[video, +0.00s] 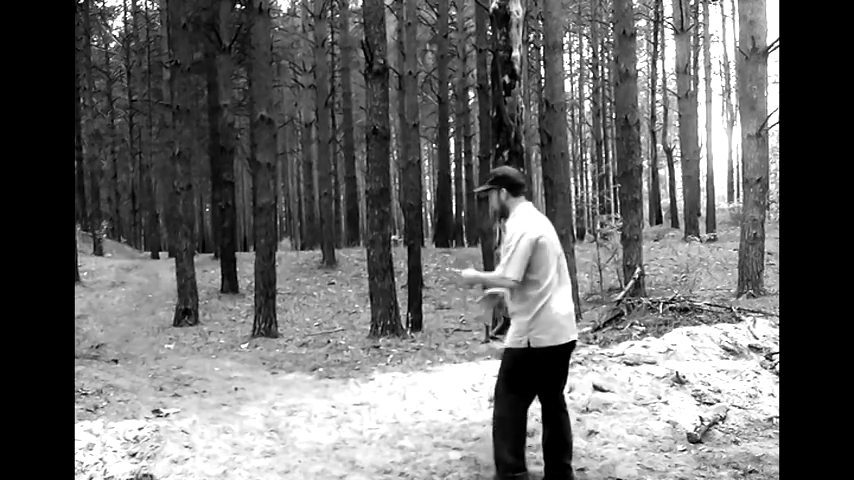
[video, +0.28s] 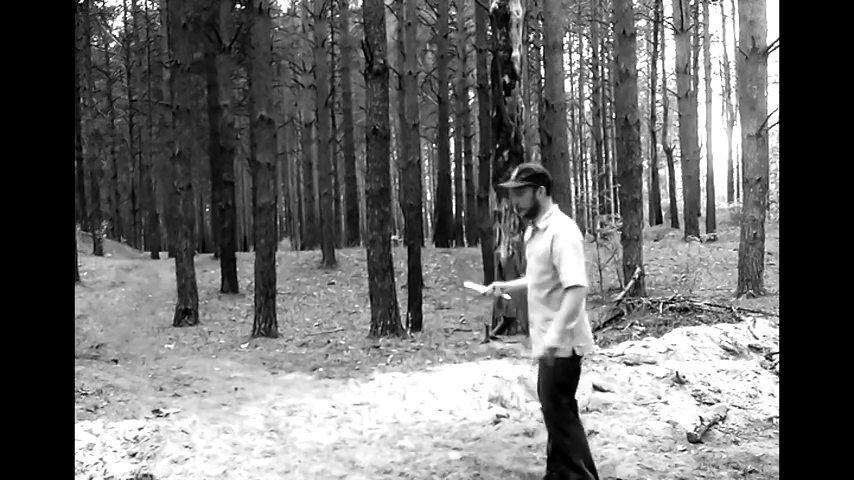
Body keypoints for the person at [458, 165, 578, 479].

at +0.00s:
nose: (489, 204)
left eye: (489, 196)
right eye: (487, 197)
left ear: (503, 193)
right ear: (513, 192)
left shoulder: (522, 225)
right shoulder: (537, 219)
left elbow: (509, 279)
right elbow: (530, 278)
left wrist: (476, 276)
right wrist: (497, 290)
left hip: (533, 334)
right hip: (559, 331)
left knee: (507, 408)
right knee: (553, 405)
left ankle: (509, 472)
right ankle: (560, 473)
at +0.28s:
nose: (514, 201)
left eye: (520, 193)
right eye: (511, 195)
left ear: (540, 191)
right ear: (516, 196)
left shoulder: (562, 229)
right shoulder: (535, 229)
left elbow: (577, 289)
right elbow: (538, 279)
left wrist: (555, 334)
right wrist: (505, 287)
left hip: (564, 340)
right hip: (546, 339)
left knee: (559, 411)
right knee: (554, 410)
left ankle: (579, 473)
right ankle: (559, 471)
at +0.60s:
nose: (543, 198)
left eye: (550, 189)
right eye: (538, 190)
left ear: (568, 186)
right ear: (533, 192)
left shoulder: (599, 230)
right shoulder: (533, 235)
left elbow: (627, 282)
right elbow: (532, 284)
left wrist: (625, 335)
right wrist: (526, 316)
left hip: (591, 353)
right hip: (547, 350)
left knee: (589, 431)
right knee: (539, 418)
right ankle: (564, 476)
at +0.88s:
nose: (552, 203)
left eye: (559, 193)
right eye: (546, 195)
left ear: (577, 190)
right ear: (540, 195)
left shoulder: (608, 237)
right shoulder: (530, 239)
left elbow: (633, 294)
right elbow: (513, 287)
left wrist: (618, 346)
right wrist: (496, 291)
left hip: (596, 356)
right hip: (548, 356)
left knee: (598, 436)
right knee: (556, 434)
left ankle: (599, 478)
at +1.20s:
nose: (537, 187)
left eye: (544, 177)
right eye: (530, 179)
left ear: (565, 171)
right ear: (523, 180)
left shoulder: (604, 222)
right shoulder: (518, 228)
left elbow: (632, 284)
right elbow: (507, 279)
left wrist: (630, 346)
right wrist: (507, 303)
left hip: (591, 365)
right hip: (537, 366)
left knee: (592, 454)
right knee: (550, 460)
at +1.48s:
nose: (519, 188)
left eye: (527, 177)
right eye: (513, 180)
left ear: (553, 169)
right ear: (508, 181)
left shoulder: (598, 227)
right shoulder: (507, 231)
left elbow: (633, 299)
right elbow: (494, 294)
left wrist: (650, 373)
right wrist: (474, 320)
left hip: (581, 382)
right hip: (528, 383)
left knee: (582, 472)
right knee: (547, 472)